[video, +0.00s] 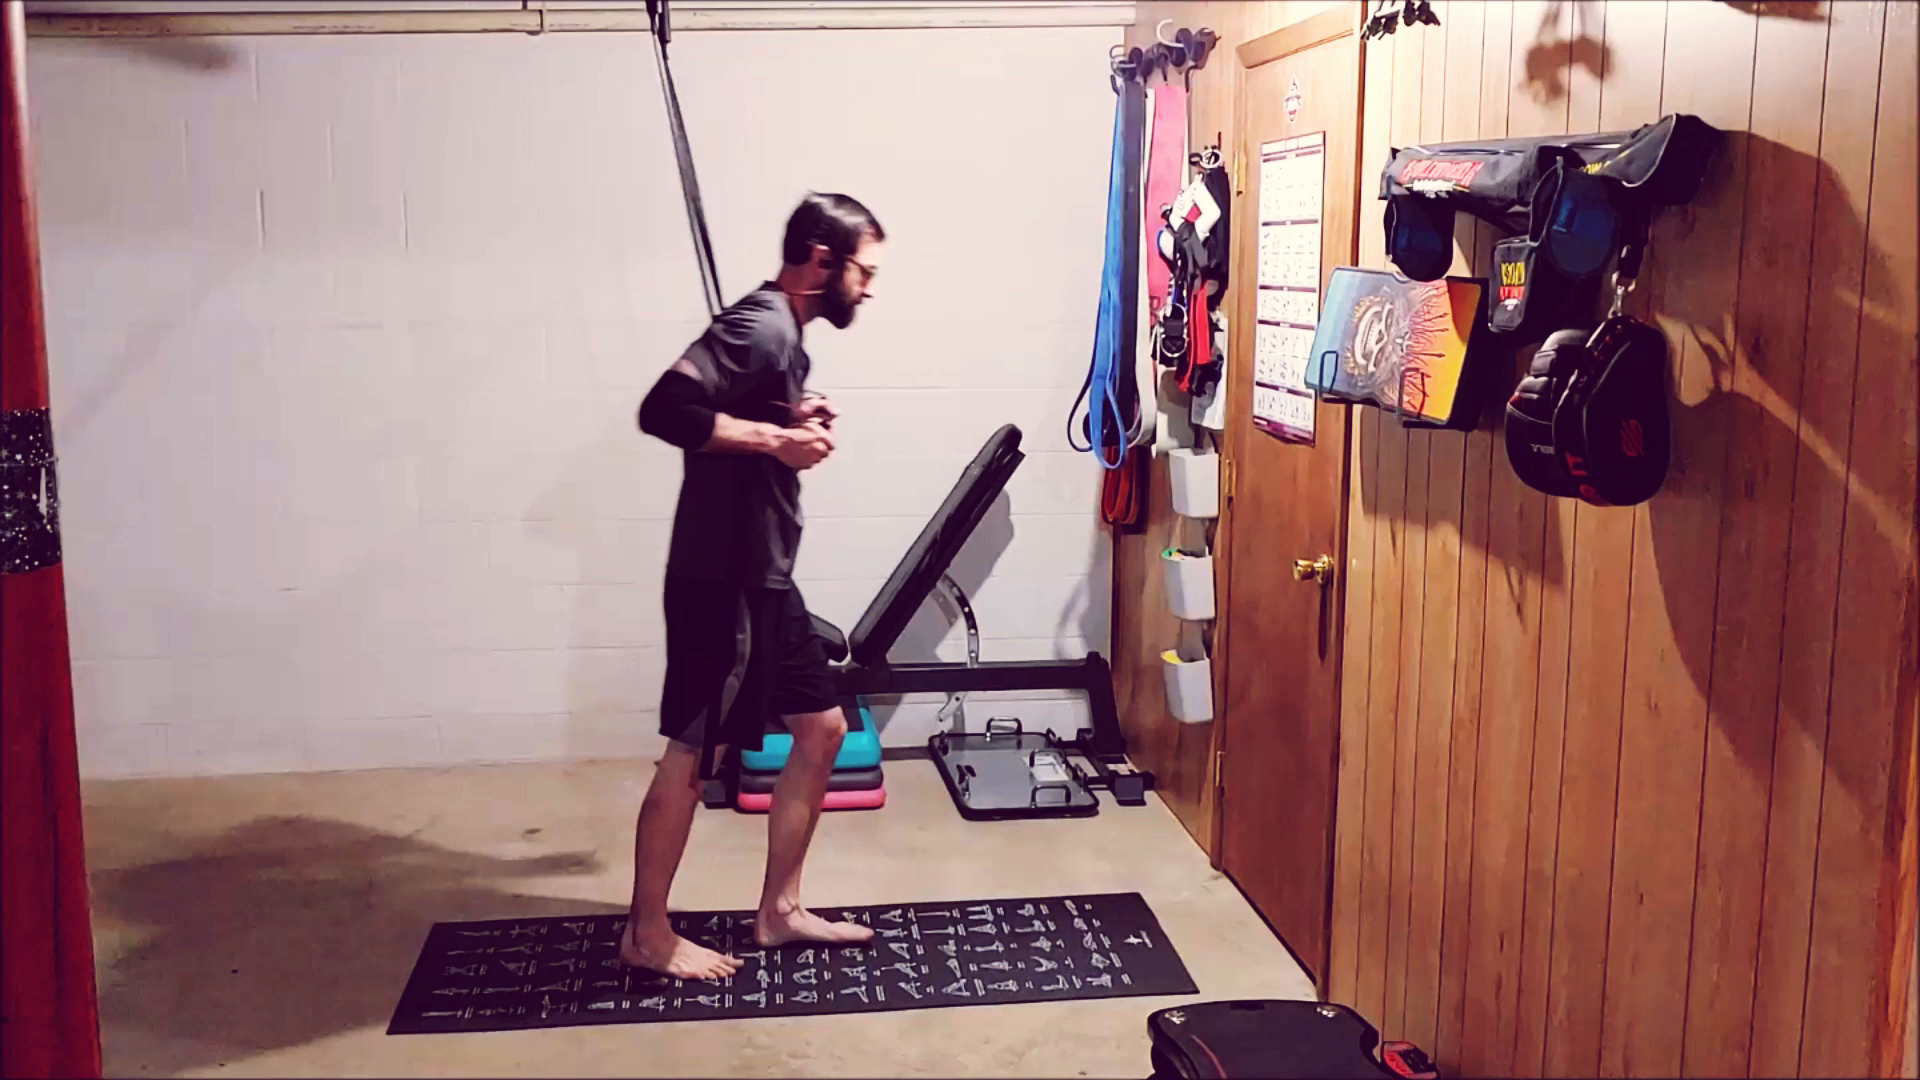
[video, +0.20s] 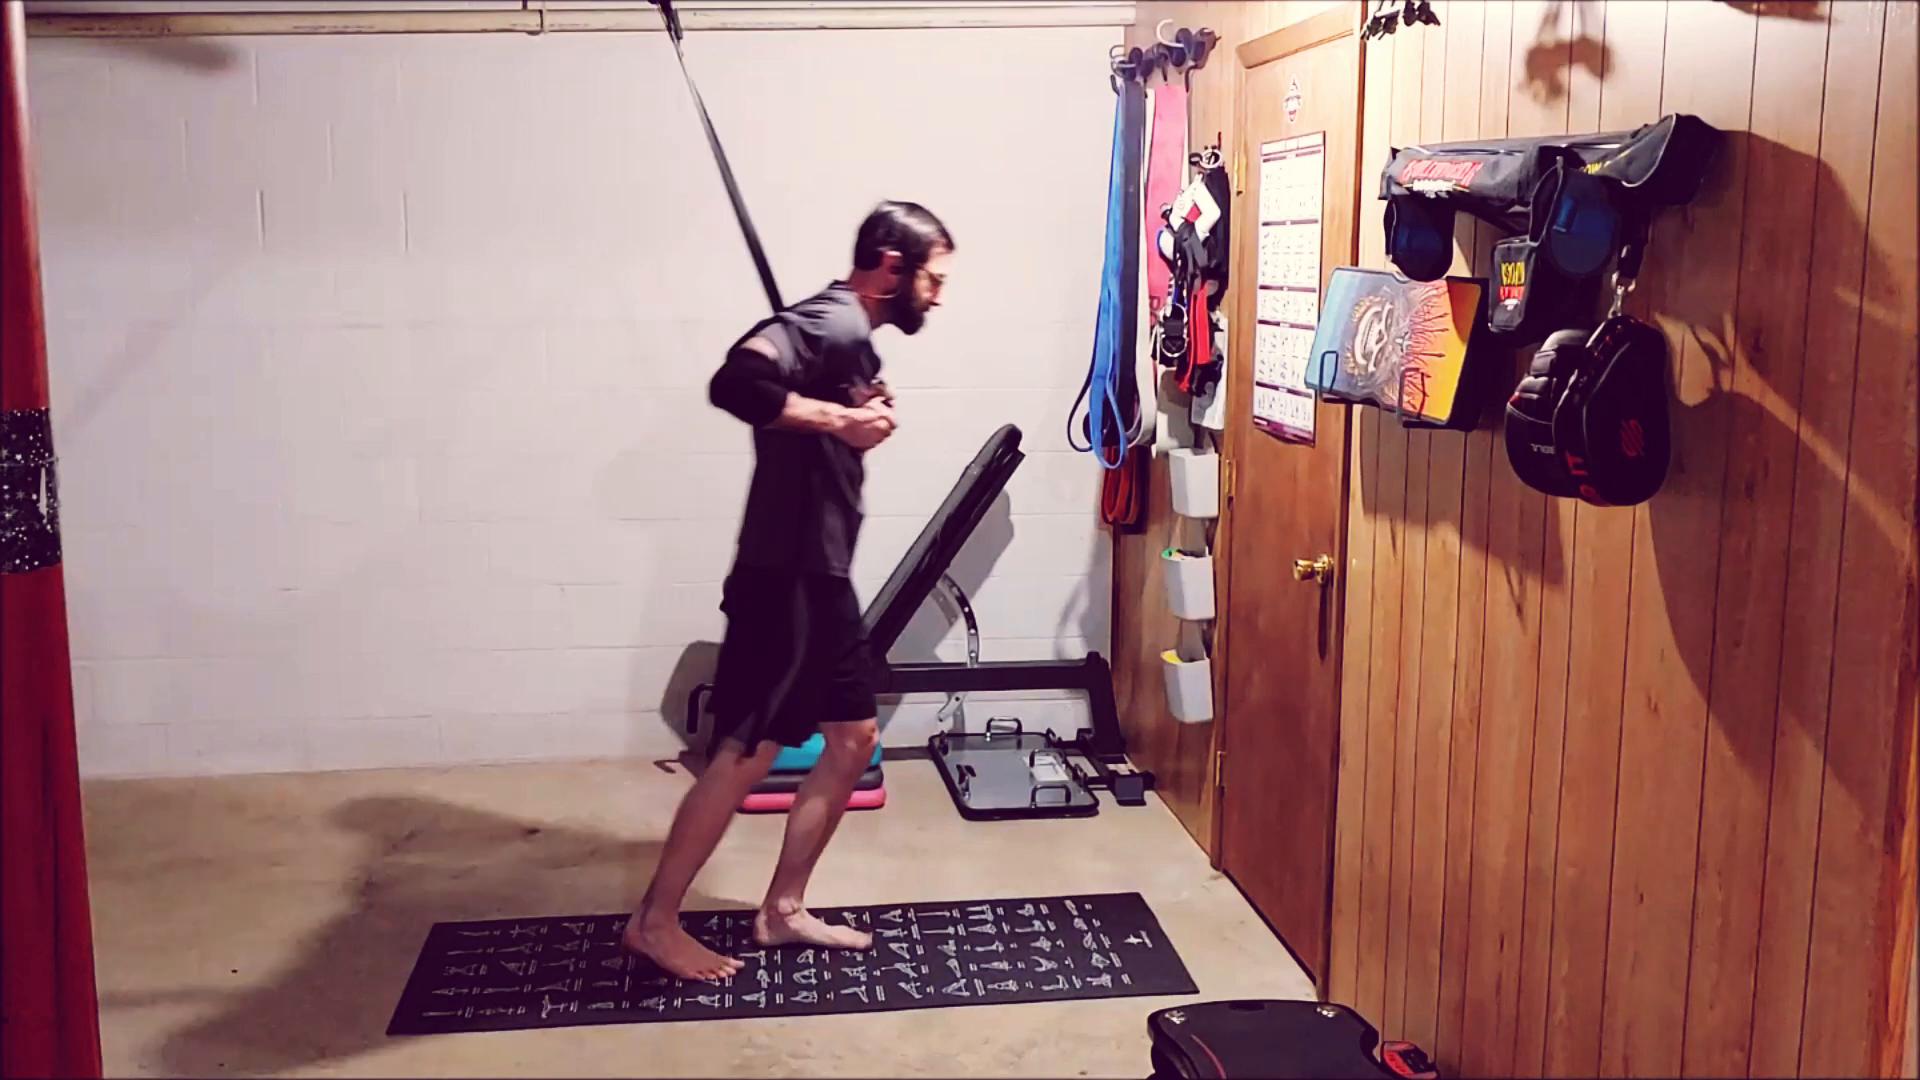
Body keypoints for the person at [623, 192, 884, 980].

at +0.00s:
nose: (870, 286)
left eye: (873, 272)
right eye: (865, 270)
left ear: (820, 261)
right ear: (819, 260)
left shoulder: (788, 331)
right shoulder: (757, 323)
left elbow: (725, 420)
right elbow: (664, 410)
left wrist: (795, 418)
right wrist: (776, 439)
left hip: (767, 576)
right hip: (719, 576)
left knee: (822, 728)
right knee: (692, 752)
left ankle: (780, 909)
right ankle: (647, 933)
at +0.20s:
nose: (939, 294)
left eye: (942, 279)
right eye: (934, 277)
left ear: (887, 266)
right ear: (889, 264)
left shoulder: (853, 332)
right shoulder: (829, 318)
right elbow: (735, 380)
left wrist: (870, 412)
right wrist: (839, 420)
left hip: (824, 572)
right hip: (781, 571)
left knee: (853, 737)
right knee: (747, 749)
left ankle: (784, 909)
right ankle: (653, 922)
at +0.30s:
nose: (975, 289)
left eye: (978, 275)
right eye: (970, 272)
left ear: (920, 261)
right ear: (924, 259)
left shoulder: (884, 322)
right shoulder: (870, 311)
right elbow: (774, 364)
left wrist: (894, 392)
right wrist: (872, 405)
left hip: (856, 557)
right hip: (825, 557)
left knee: (866, 729)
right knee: (840, 745)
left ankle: (786, 904)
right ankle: (682, 894)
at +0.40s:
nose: (1002, 293)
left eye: (1007, 278)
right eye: (999, 275)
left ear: (953, 258)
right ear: (955, 257)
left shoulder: (919, 314)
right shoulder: (903, 301)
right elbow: (807, 349)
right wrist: (905, 389)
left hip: (881, 556)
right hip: (860, 557)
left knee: (881, 735)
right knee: (932, 733)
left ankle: (794, 891)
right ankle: (767, 831)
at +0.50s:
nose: (1028, 289)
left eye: (1033, 275)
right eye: (1028, 270)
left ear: (984, 251)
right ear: (988, 249)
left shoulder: (938, 302)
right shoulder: (930, 288)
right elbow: (830, 334)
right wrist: (929, 373)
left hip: (899, 543)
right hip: (895, 547)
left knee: (874, 727)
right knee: (1028, 680)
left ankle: (795, 888)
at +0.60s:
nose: (1052, 282)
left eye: (1058, 270)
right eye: (1053, 264)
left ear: (1010, 240)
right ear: (1016, 240)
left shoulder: (957, 292)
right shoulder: (953, 274)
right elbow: (856, 314)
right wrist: (954, 356)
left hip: (914, 534)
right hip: (933, 534)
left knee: (892, 716)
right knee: (1107, 591)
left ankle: (805, 876)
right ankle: (938, 667)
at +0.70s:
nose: (1073, 270)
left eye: (1081, 257)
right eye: (1077, 251)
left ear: (1032, 223)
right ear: (1045, 228)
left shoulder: (977, 273)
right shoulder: (981, 260)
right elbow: (882, 294)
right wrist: (978, 337)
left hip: (932, 512)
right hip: (964, 509)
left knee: (902, 699)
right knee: (1144, 500)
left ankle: (823, 863)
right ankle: (1001, 612)